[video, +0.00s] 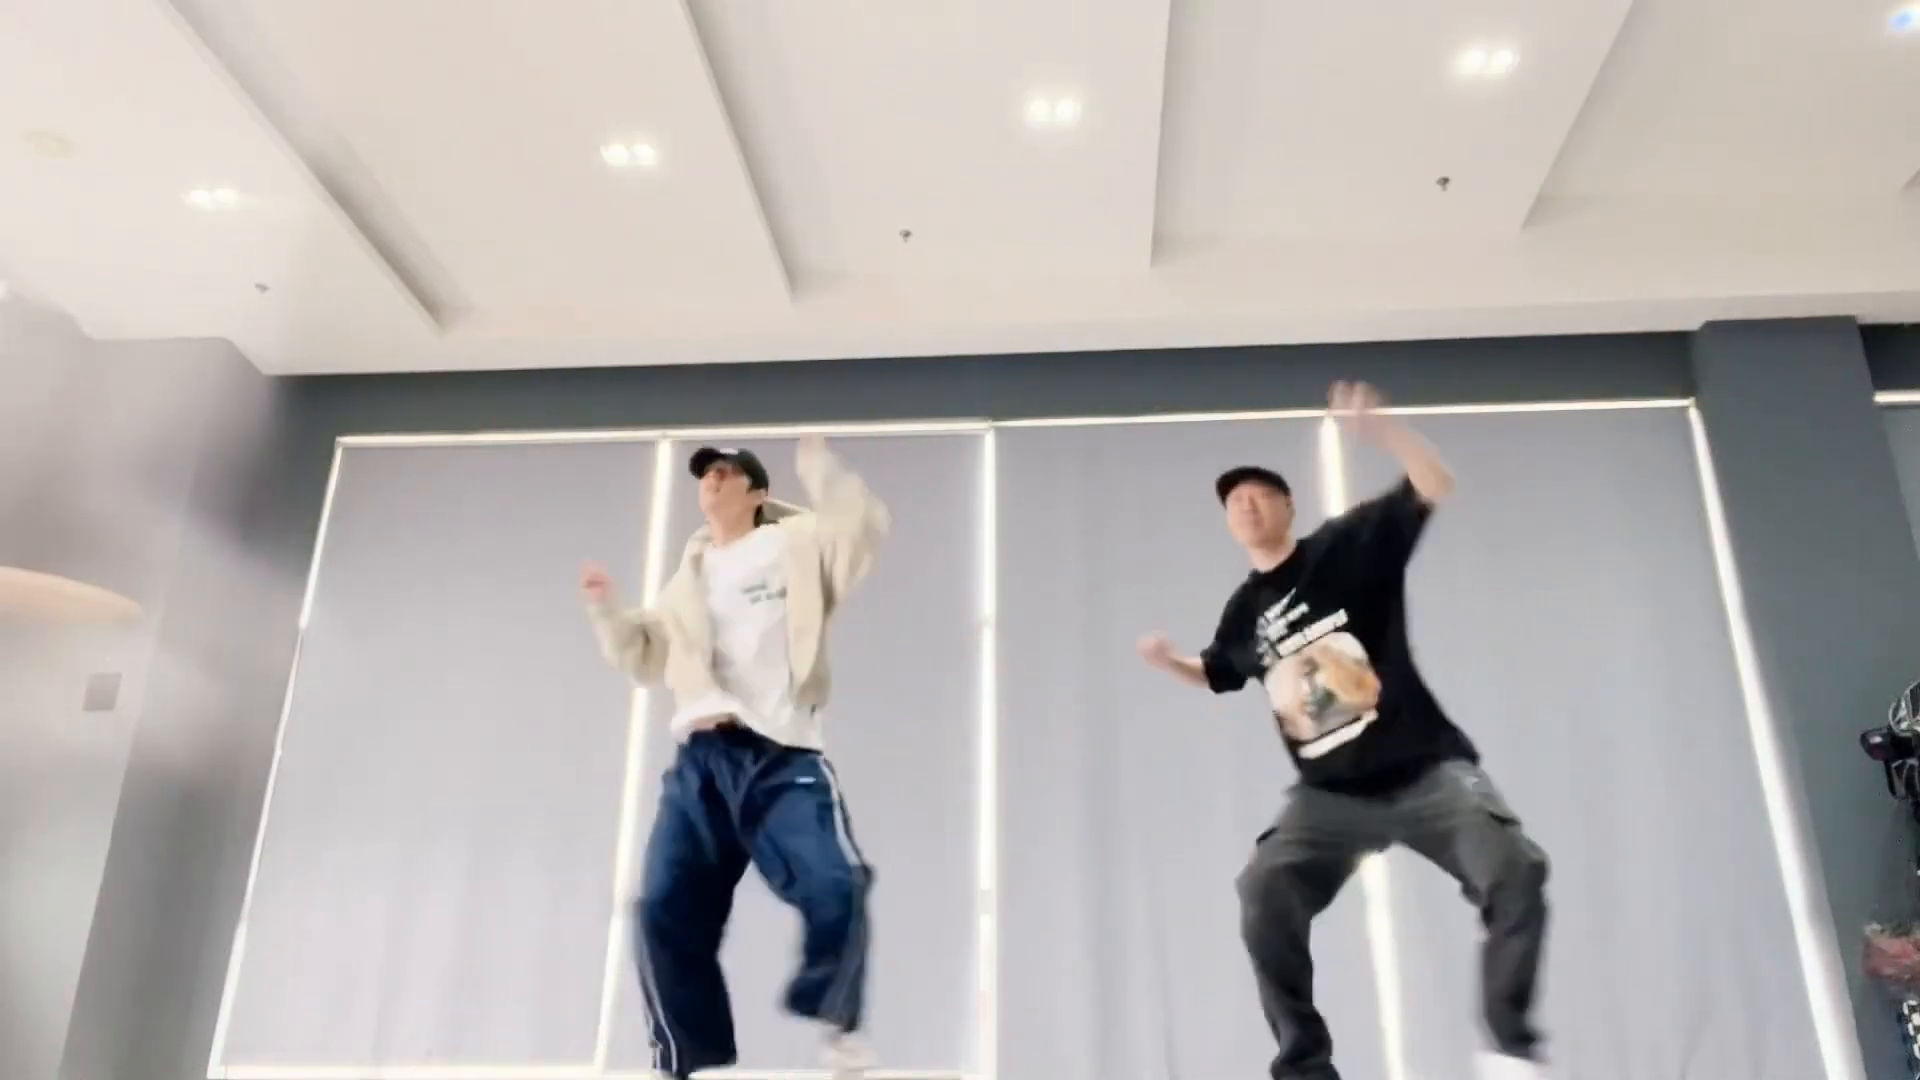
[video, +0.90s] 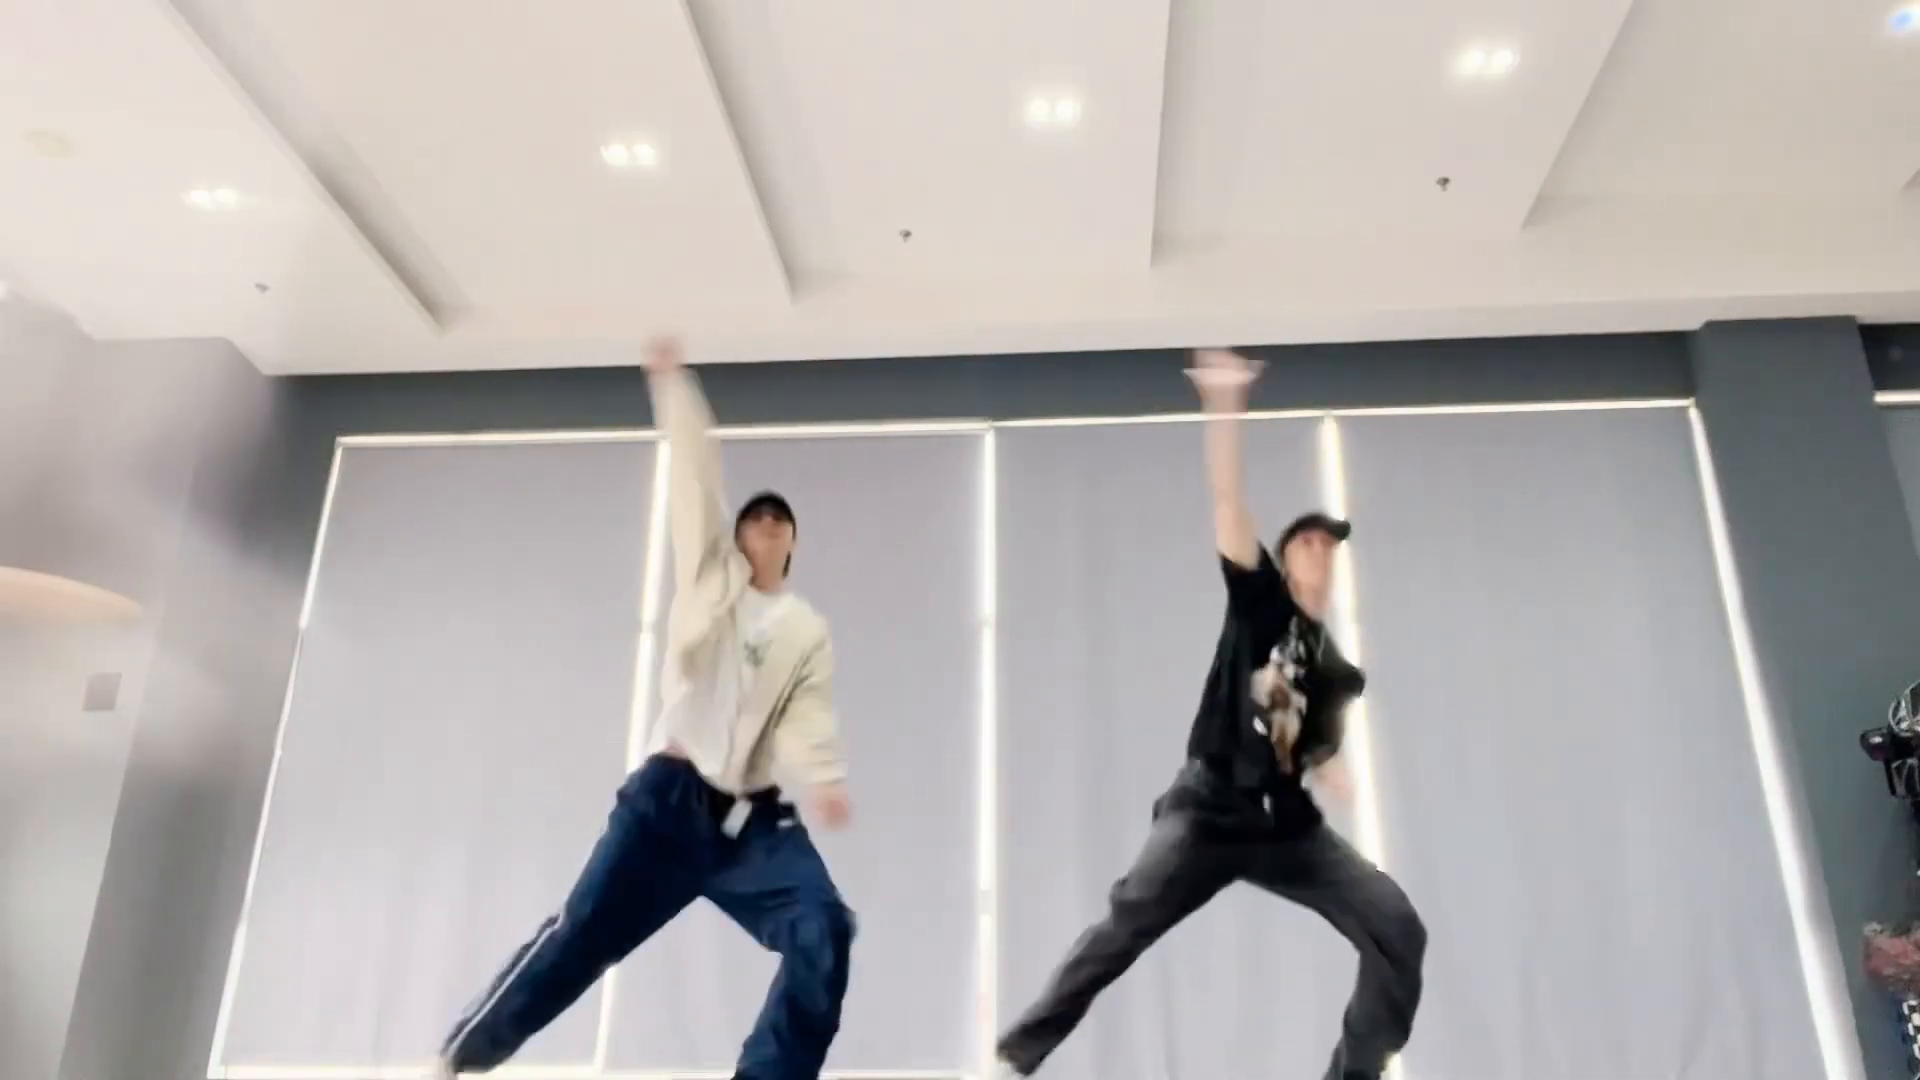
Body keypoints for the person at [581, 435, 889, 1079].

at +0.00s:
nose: (712, 484)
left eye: (726, 476)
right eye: (705, 477)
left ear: (756, 492)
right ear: (697, 497)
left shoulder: (802, 539)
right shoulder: (688, 577)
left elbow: (862, 528)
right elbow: (650, 661)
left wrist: (818, 463)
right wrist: (608, 612)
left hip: (785, 760)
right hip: (700, 760)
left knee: (835, 884)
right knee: (665, 913)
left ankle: (836, 1027)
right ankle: (697, 1067)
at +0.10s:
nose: (696, 512)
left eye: (708, 501)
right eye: (691, 508)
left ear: (742, 509)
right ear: (692, 529)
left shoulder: (791, 531)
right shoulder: (690, 604)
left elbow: (830, 453)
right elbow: (625, 646)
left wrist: (830, 359)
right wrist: (551, 618)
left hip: (803, 781)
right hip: (727, 797)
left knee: (870, 926)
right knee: (622, 918)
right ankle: (694, 1062)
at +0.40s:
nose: (727, 483)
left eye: (743, 476)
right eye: (720, 477)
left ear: (768, 498)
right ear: (709, 499)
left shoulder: (794, 534)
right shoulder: (692, 566)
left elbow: (865, 521)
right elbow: (675, 666)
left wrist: (831, 456)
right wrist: (614, 650)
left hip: (802, 765)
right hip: (721, 771)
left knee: (829, 913)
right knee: (668, 915)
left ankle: (904, 1067)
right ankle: (696, 1071)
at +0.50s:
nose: (755, 482)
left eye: (768, 476)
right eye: (743, 475)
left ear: (785, 498)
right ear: (727, 497)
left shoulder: (807, 558)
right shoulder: (702, 570)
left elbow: (840, 649)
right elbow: (680, 688)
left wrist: (827, 570)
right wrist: (667, 629)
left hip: (785, 758)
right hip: (706, 753)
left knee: (759, 913)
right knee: (688, 898)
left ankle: (754, 1067)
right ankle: (694, 1064)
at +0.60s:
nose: (781, 506)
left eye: (792, 500)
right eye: (769, 499)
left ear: (809, 523)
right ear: (749, 520)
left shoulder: (828, 593)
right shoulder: (706, 569)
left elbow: (816, 683)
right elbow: (631, 573)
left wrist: (799, 623)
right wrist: (679, 510)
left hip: (772, 792)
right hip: (682, 780)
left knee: (786, 927)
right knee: (597, 895)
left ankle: (762, 1065)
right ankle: (615, 1025)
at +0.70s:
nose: (789, 538)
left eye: (799, 534)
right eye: (776, 531)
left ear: (806, 556)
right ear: (753, 545)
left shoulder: (810, 623)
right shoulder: (710, 580)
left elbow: (794, 679)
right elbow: (719, 475)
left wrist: (759, 716)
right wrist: (738, 379)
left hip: (754, 818)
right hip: (668, 798)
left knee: (852, 923)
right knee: (583, 922)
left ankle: (766, 1064)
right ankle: (477, 1043)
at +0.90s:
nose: (768, 528)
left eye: (778, 523)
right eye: (757, 521)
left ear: (792, 548)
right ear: (736, 539)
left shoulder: (806, 630)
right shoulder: (706, 583)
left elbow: (806, 718)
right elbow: (694, 475)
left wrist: (821, 779)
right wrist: (671, 378)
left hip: (755, 826)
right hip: (671, 802)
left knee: (824, 926)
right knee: (583, 937)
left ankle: (773, 1073)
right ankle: (465, 1058)